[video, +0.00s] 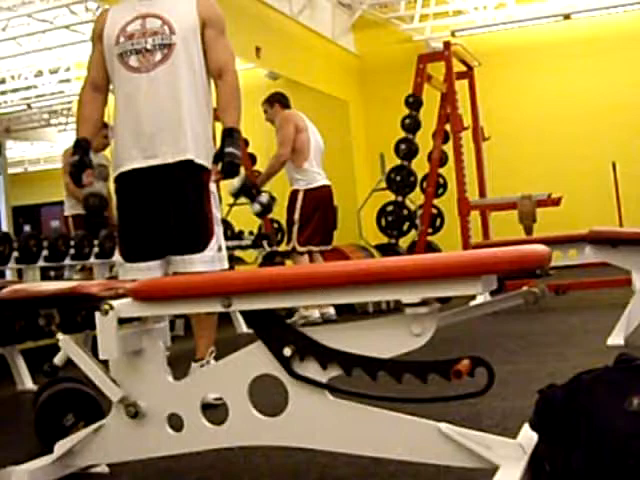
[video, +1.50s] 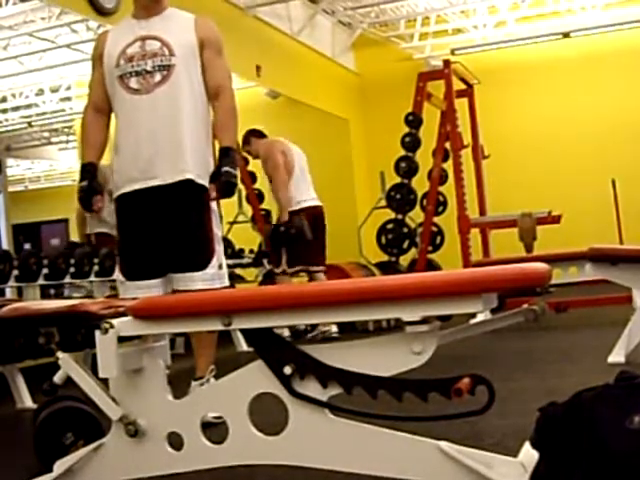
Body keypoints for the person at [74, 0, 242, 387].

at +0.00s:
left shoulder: (201, 8)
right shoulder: (107, 20)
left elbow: (225, 72)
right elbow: (95, 87)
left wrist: (231, 138)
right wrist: (84, 145)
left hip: (188, 153)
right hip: (132, 160)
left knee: (200, 269)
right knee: (141, 275)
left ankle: (204, 360)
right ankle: (150, 368)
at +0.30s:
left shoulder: (200, 12)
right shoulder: (108, 26)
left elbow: (225, 79)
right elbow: (96, 93)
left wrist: (235, 144)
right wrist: (85, 155)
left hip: (187, 159)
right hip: (132, 166)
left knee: (201, 275)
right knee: (141, 281)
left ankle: (205, 369)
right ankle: (149, 376)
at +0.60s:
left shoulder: (199, 24)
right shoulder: (108, 37)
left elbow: (223, 91)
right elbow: (97, 106)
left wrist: (231, 155)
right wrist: (86, 169)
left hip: (188, 172)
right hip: (133, 179)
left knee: (200, 284)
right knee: (141, 291)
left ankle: (205, 376)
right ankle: (149, 383)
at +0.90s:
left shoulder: (199, 26)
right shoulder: (107, 39)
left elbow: (223, 92)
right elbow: (97, 107)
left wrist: (229, 154)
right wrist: (84, 169)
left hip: (187, 174)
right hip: (132, 181)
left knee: (200, 287)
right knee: (141, 294)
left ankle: (205, 380)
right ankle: (150, 386)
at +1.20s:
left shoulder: (198, 28)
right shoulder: (107, 40)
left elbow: (221, 93)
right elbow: (97, 109)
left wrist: (228, 159)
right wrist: (85, 168)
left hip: (187, 175)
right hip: (131, 181)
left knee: (199, 288)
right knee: (141, 294)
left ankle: (205, 377)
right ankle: (150, 384)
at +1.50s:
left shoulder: (200, 30)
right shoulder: (107, 41)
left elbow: (221, 96)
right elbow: (98, 109)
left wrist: (229, 158)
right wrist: (88, 171)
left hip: (188, 176)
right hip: (132, 183)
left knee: (201, 289)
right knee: (141, 296)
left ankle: (205, 379)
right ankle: (149, 385)